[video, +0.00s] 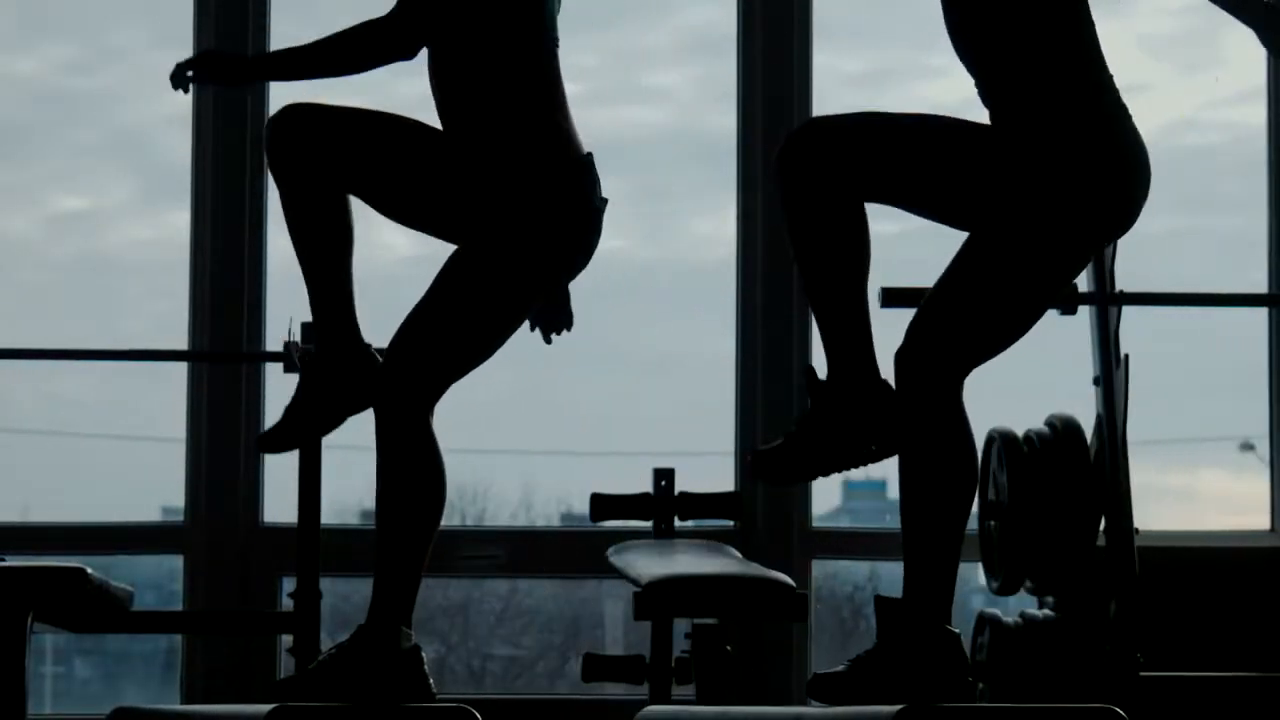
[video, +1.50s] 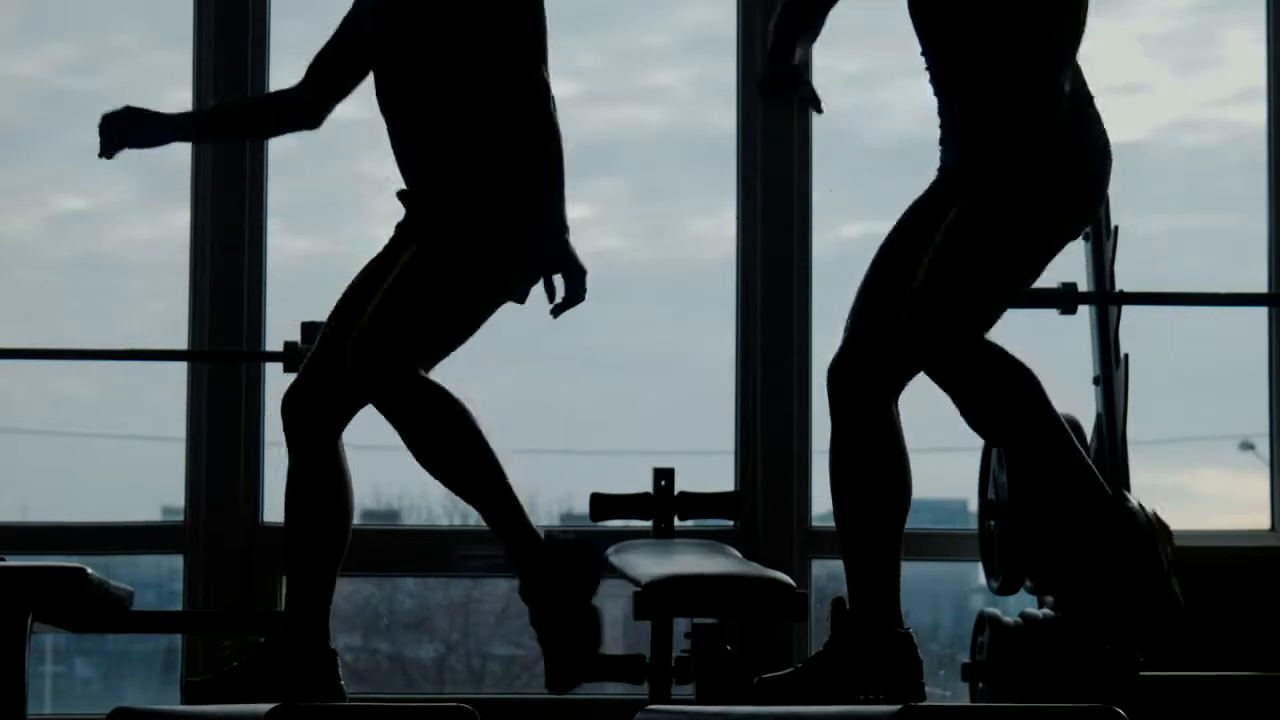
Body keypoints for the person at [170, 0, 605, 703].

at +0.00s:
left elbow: (399, 37)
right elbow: (516, 120)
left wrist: (256, 65)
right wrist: (543, 266)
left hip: (539, 203)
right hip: (481, 183)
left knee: (402, 393)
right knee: (301, 134)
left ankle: (386, 643)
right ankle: (340, 356)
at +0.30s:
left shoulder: (637, 10)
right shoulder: (535, 20)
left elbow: (654, 136)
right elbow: (476, 143)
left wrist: (635, 242)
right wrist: (354, 225)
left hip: (598, 275)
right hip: (557, 274)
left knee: (452, 407)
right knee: (553, 491)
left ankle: (390, 641)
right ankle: (662, 670)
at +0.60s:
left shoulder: (705, 48)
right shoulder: (603, 57)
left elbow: (751, 196)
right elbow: (559, 203)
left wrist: (750, 322)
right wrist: (451, 272)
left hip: (692, 318)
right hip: (656, 317)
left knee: (558, 428)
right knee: (685, 545)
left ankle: (574, 669)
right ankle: (782, 708)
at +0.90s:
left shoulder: (667, 33)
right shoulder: (636, 31)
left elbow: (646, 172)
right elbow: (636, 169)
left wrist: (535, 163)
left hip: (694, 313)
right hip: (647, 313)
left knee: (692, 537)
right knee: (558, 508)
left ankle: (780, 710)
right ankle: (690, 669)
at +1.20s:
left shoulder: (547, 26)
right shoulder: (538, 28)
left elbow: (452, 121)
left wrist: (300, 126)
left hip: (614, 303)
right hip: (553, 303)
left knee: (696, 509)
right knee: (367, 406)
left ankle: (783, 694)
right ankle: (316, 649)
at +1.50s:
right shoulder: (382, 6)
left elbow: (532, 101)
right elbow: (307, 103)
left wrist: (553, 226)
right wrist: (170, 127)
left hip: (501, 223)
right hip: (432, 223)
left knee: (388, 371)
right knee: (309, 410)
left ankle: (544, 573)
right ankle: (304, 646)